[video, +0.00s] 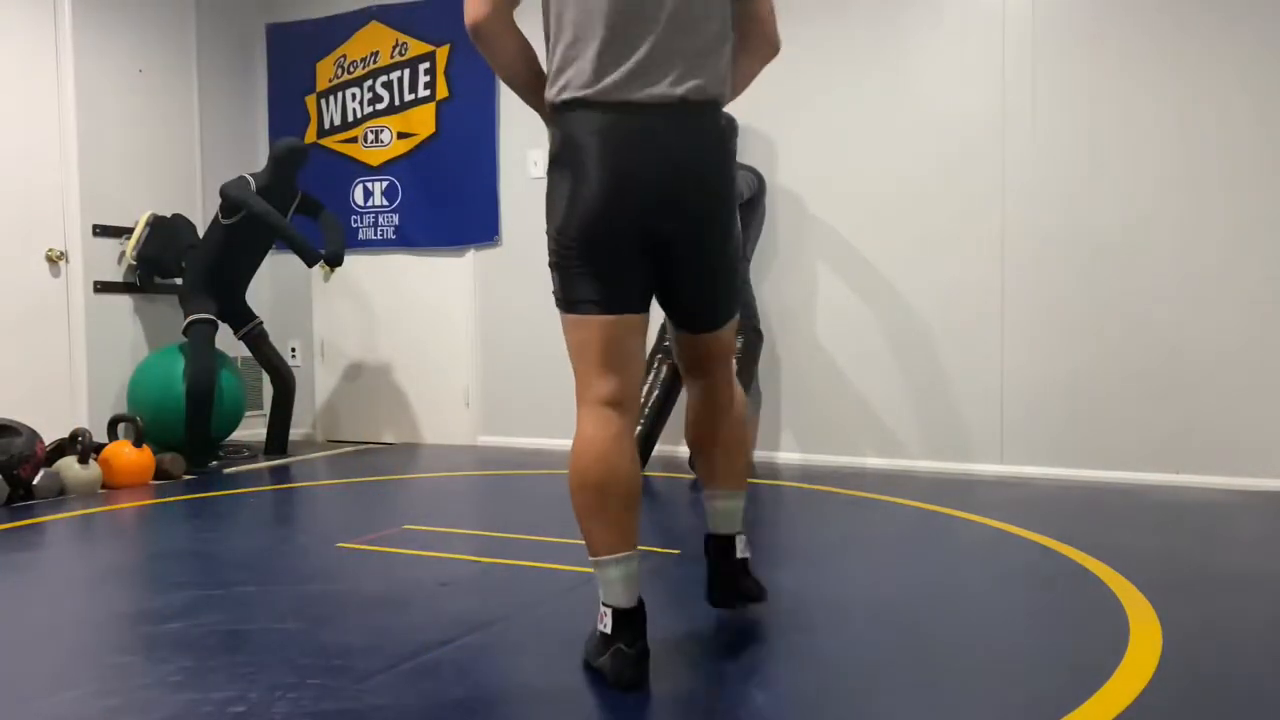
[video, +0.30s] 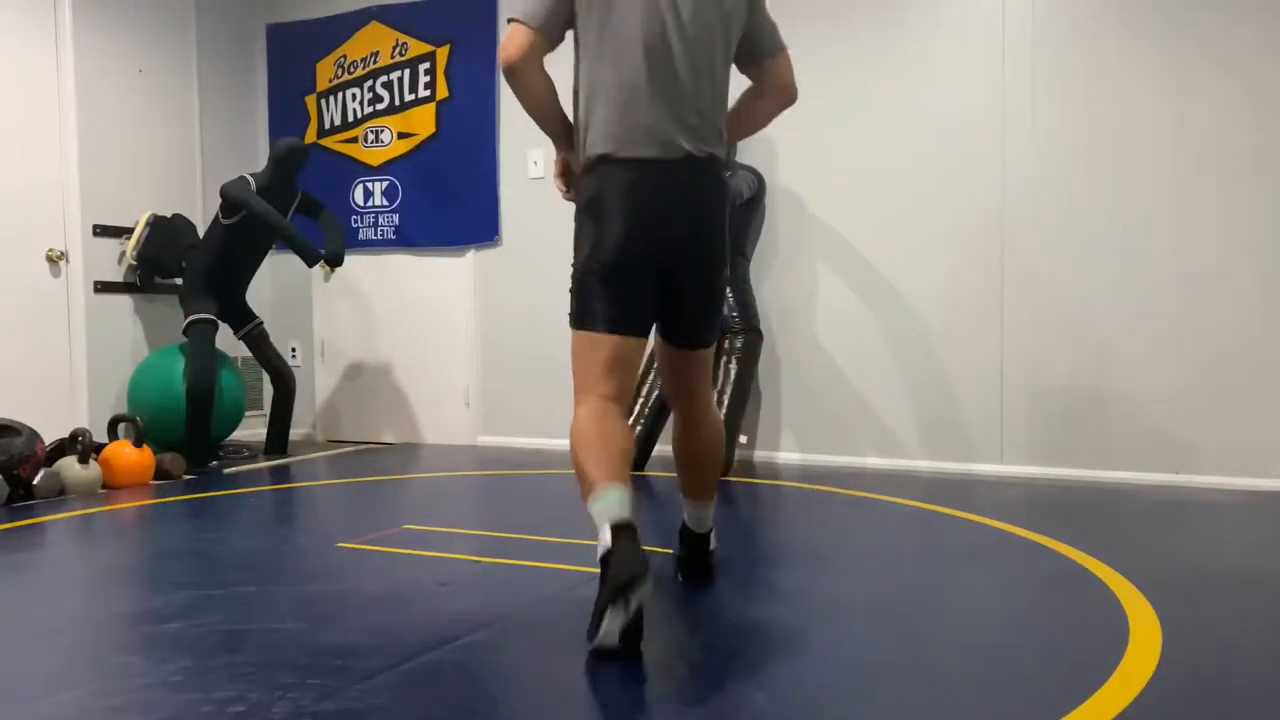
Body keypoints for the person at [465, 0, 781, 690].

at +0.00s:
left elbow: (483, 17)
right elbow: (760, 36)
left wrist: (558, 105)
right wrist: (695, 100)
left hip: (593, 145)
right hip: (698, 146)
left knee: (604, 399)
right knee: (711, 368)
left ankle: (621, 630)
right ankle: (728, 563)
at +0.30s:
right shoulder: (732, 1)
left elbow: (514, 55)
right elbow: (778, 86)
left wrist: (565, 138)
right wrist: (710, 136)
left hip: (615, 190)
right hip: (700, 191)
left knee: (600, 393)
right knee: (692, 387)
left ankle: (617, 547)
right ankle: (697, 546)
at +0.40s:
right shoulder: (730, 1)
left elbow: (522, 44)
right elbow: (788, 74)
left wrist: (565, 136)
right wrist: (720, 136)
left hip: (620, 194)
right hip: (700, 195)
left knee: (592, 373)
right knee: (691, 386)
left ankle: (621, 479)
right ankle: (695, 546)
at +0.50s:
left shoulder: (586, 0)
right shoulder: (725, 1)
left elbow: (523, 35)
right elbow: (794, 55)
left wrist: (559, 127)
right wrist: (736, 132)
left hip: (615, 192)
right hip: (693, 194)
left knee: (589, 352)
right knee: (690, 376)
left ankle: (617, 477)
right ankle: (694, 542)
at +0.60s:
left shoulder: (581, 3)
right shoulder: (714, 3)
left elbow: (522, 46)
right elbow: (784, 54)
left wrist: (557, 141)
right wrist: (738, 142)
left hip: (611, 202)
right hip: (688, 201)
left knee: (586, 353)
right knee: (688, 376)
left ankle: (594, 501)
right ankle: (694, 541)